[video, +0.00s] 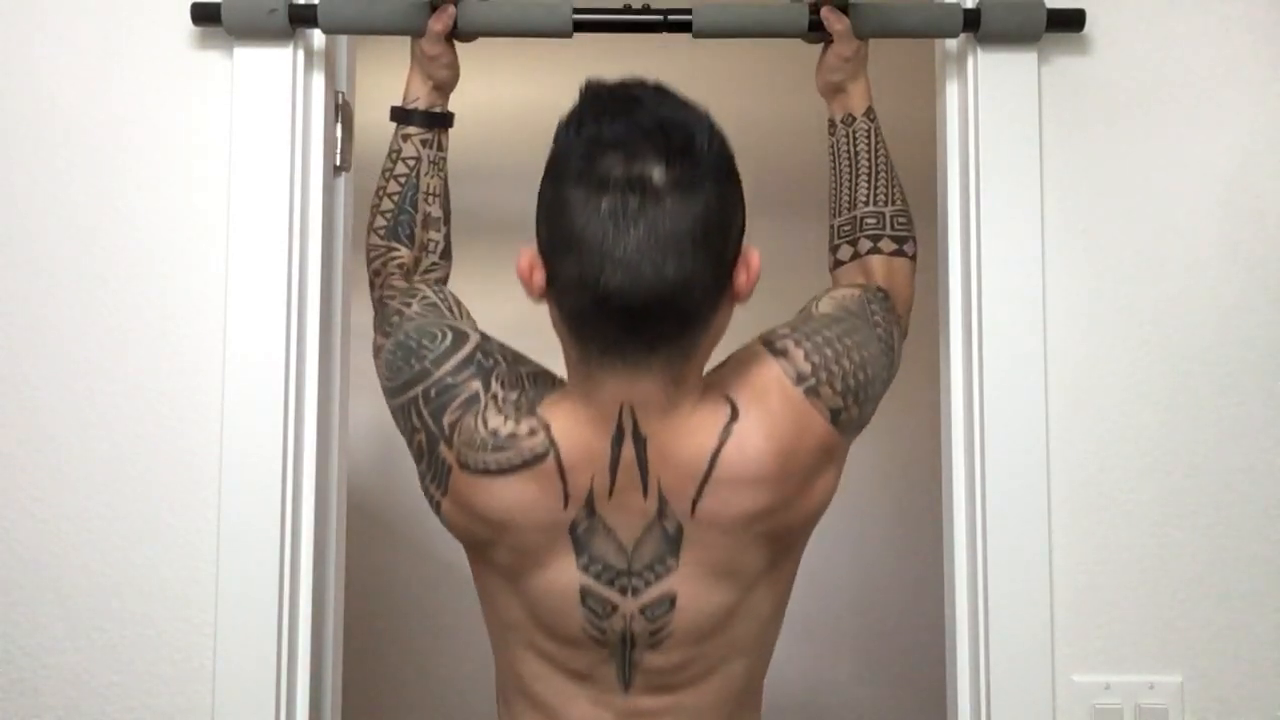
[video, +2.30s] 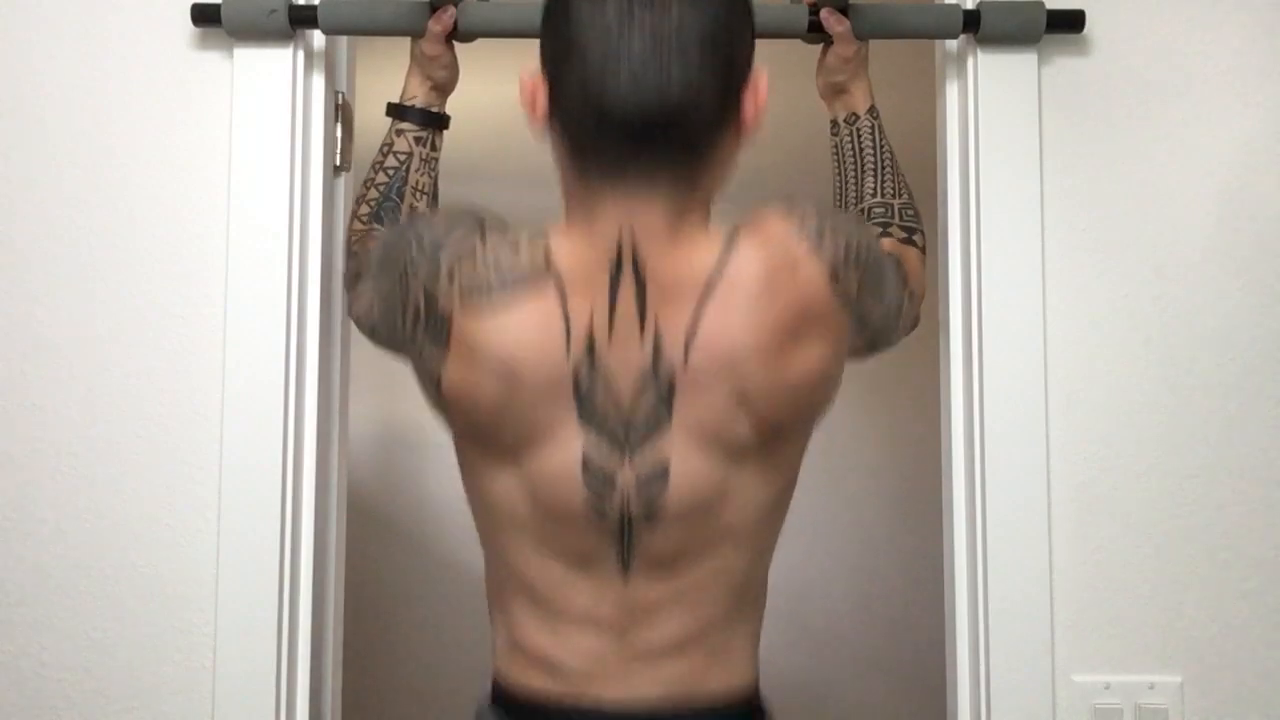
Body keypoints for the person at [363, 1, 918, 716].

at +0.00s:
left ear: (534, 277)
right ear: (743, 279)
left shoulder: (491, 451)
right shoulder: (783, 435)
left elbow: (402, 275)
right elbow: (877, 275)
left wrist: (425, 92)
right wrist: (850, 96)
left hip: (533, 712)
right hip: (726, 712)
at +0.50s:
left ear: (539, 170)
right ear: (753, 171)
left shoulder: (475, 356)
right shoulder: (795, 343)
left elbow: (379, 261)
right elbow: (892, 263)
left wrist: (423, 89)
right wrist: (850, 96)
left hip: (530, 708)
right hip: (711, 707)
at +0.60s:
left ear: (542, 83)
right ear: (754, 85)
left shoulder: (465, 276)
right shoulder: (801, 271)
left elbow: (365, 260)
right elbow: (903, 273)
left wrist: (421, 89)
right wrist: (853, 99)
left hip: (525, 696)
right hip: (715, 697)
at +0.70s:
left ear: (549, 19)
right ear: (749, 18)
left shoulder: (460, 203)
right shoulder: (799, 194)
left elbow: (366, 287)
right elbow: (898, 295)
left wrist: (417, 98)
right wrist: (854, 99)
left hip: (528, 672)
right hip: (719, 675)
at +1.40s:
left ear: (543, 126)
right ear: (752, 127)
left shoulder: (475, 308)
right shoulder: (799, 309)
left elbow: (379, 263)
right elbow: (893, 263)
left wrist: (423, 95)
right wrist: (852, 97)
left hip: (534, 699)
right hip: (725, 700)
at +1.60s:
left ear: (543, 209)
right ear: (752, 211)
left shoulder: (484, 389)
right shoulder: (791, 379)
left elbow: (388, 259)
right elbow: (888, 263)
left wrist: (423, 92)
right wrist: (850, 96)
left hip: (537, 710)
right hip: (720, 710)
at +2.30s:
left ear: (537, 105)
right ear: (751, 109)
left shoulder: (468, 295)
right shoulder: (799, 285)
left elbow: (372, 266)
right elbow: (901, 275)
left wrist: (422, 95)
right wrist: (851, 99)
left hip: (528, 699)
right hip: (716, 699)